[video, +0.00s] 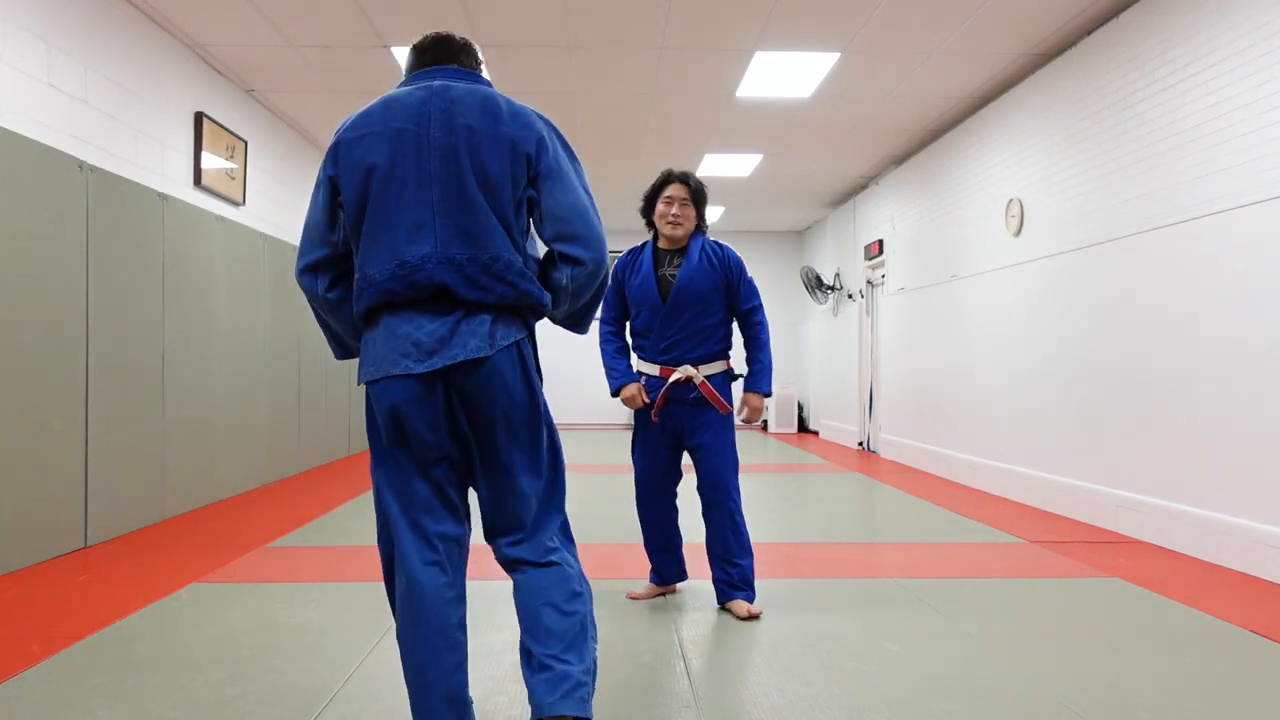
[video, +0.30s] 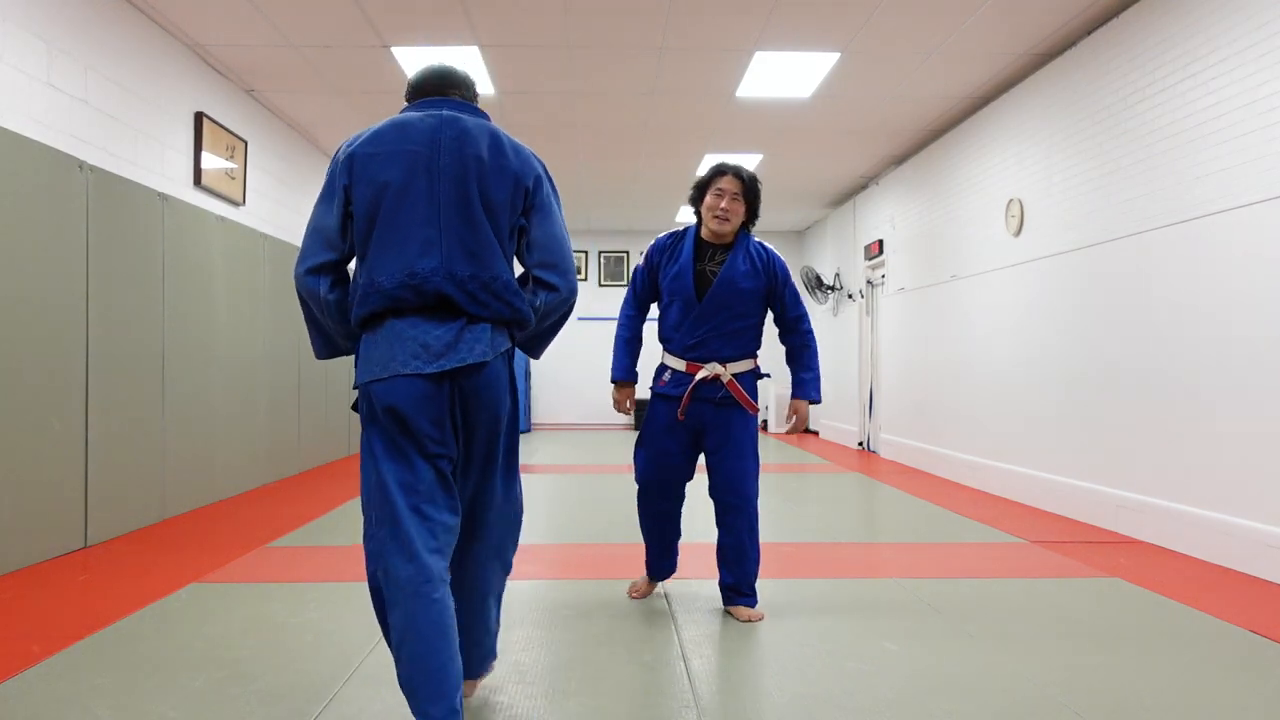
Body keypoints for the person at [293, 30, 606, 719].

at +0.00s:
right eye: (480, 73)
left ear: (408, 76)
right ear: (479, 74)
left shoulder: (356, 132)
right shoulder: (520, 121)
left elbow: (317, 263)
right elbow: (584, 249)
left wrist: (366, 337)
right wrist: (544, 307)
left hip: (395, 363)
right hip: (495, 354)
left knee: (421, 554)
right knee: (536, 539)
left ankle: (440, 714)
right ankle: (563, 707)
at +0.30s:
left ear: (408, 103)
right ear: (477, 105)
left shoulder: (360, 150)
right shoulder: (516, 157)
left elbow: (315, 269)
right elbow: (557, 277)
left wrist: (362, 335)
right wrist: (514, 337)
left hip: (397, 360)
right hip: (490, 359)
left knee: (410, 530)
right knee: (488, 514)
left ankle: (436, 706)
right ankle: (471, 664)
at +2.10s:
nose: (504, 187)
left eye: (509, 178)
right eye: (500, 175)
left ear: (480, 168)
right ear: (469, 160)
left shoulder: (473, 213)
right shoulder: (429, 198)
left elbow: (479, 285)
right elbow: (410, 273)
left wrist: (496, 326)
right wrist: (463, 314)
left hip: (464, 367)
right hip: (426, 367)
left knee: (480, 479)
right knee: (434, 488)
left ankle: (456, 587)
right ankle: (420, 627)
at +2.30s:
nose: (517, 190)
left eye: (523, 181)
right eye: (513, 178)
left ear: (507, 176)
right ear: (483, 164)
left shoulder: (497, 220)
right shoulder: (441, 204)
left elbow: (514, 290)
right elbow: (422, 280)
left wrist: (520, 331)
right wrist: (471, 328)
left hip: (478, 369)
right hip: (436, 366)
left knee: (488, 487)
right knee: (429, 493)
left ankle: (502, 597)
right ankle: (418, 626)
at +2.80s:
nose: (553, 188)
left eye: (560, 181)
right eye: (547, 177)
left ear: (561, 184)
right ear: (522, 168)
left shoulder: (545, 227)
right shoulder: (476, 216)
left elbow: (573, 279)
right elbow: (458, 287)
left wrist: (555, 321)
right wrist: (494, 350)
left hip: (521, 369)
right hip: (472, 365)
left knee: (513, 484)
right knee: (456, 483)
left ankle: (502, 599)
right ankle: (439, 613)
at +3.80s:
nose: (483, 163)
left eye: (490, 153)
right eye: (473, 153)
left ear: (496, 159)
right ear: (448, 158)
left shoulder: (507, 219)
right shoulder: (426, 226)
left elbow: (533, 276)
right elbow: (426, 309)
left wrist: (519, 317)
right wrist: (459, 373)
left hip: (492, 374)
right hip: (437, 377)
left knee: (495, 492)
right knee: (428, 496)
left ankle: (500, 598)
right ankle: (422, 616)